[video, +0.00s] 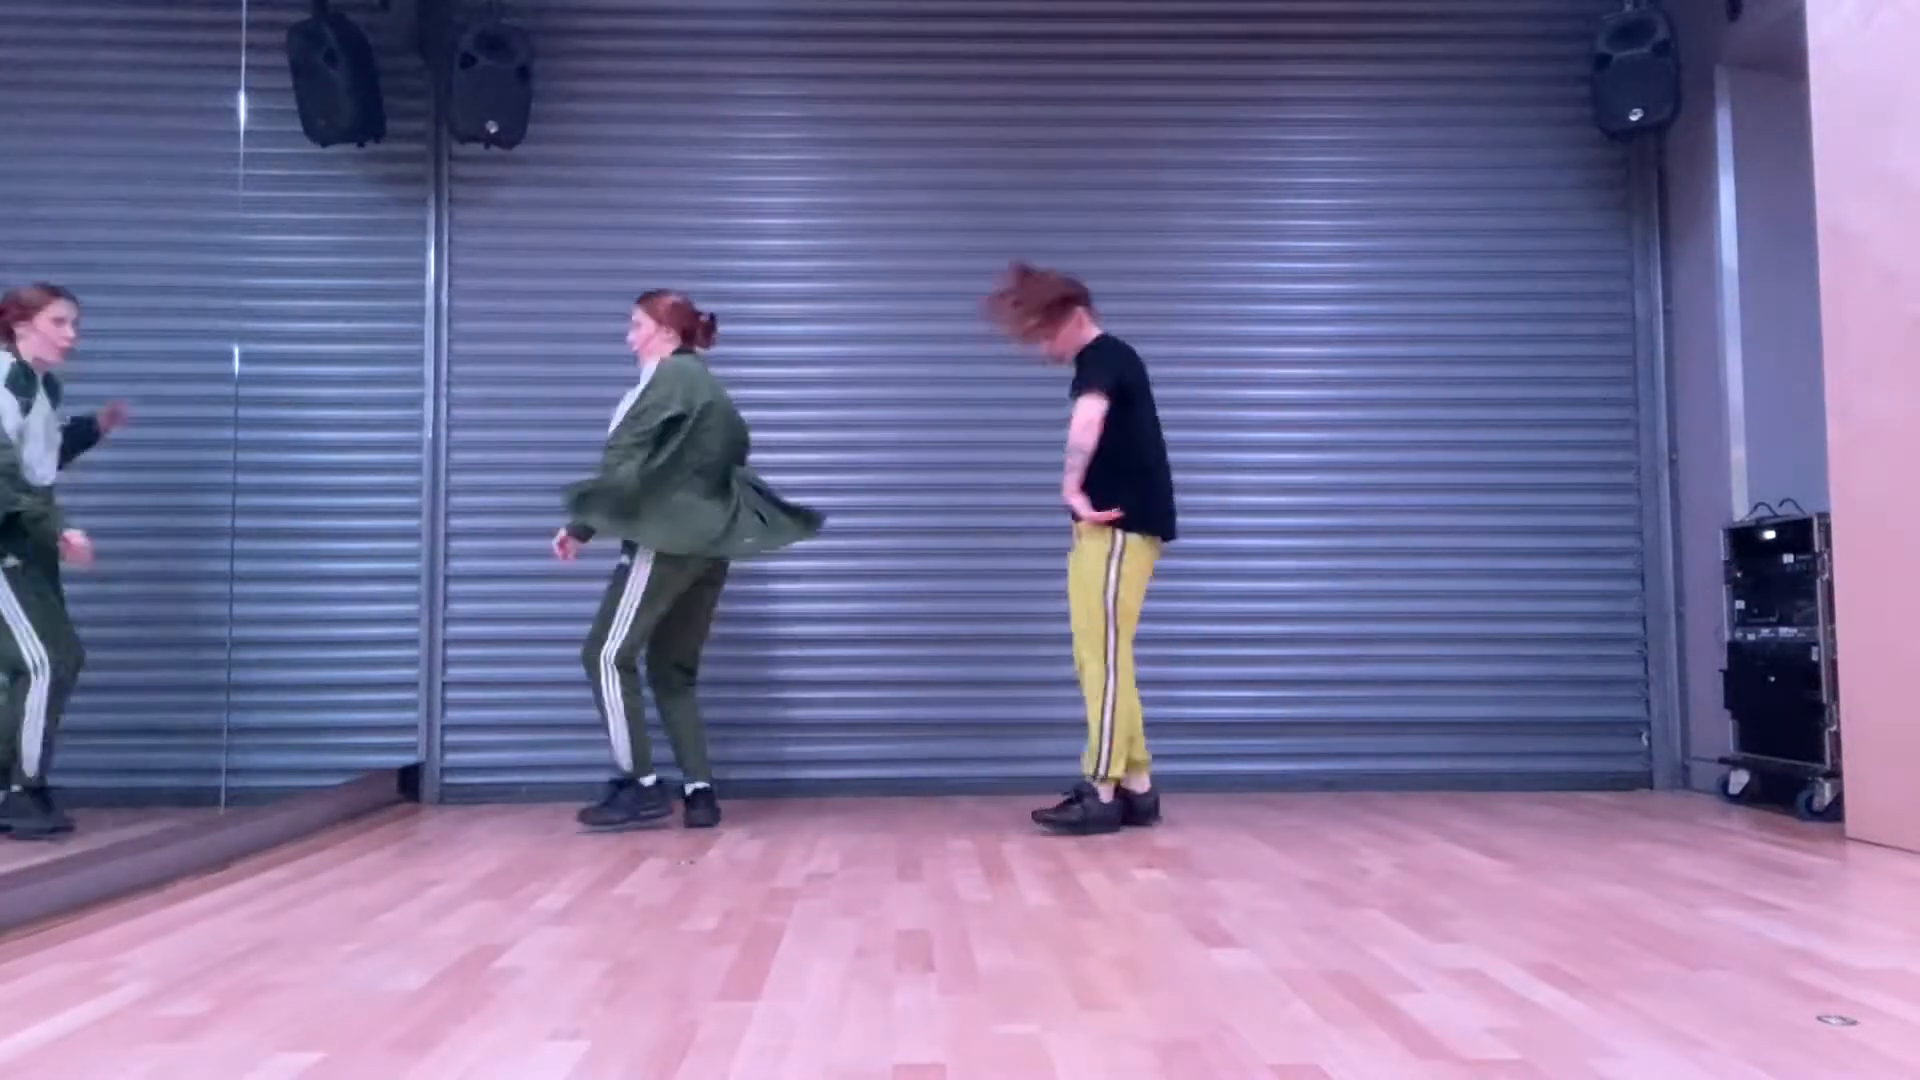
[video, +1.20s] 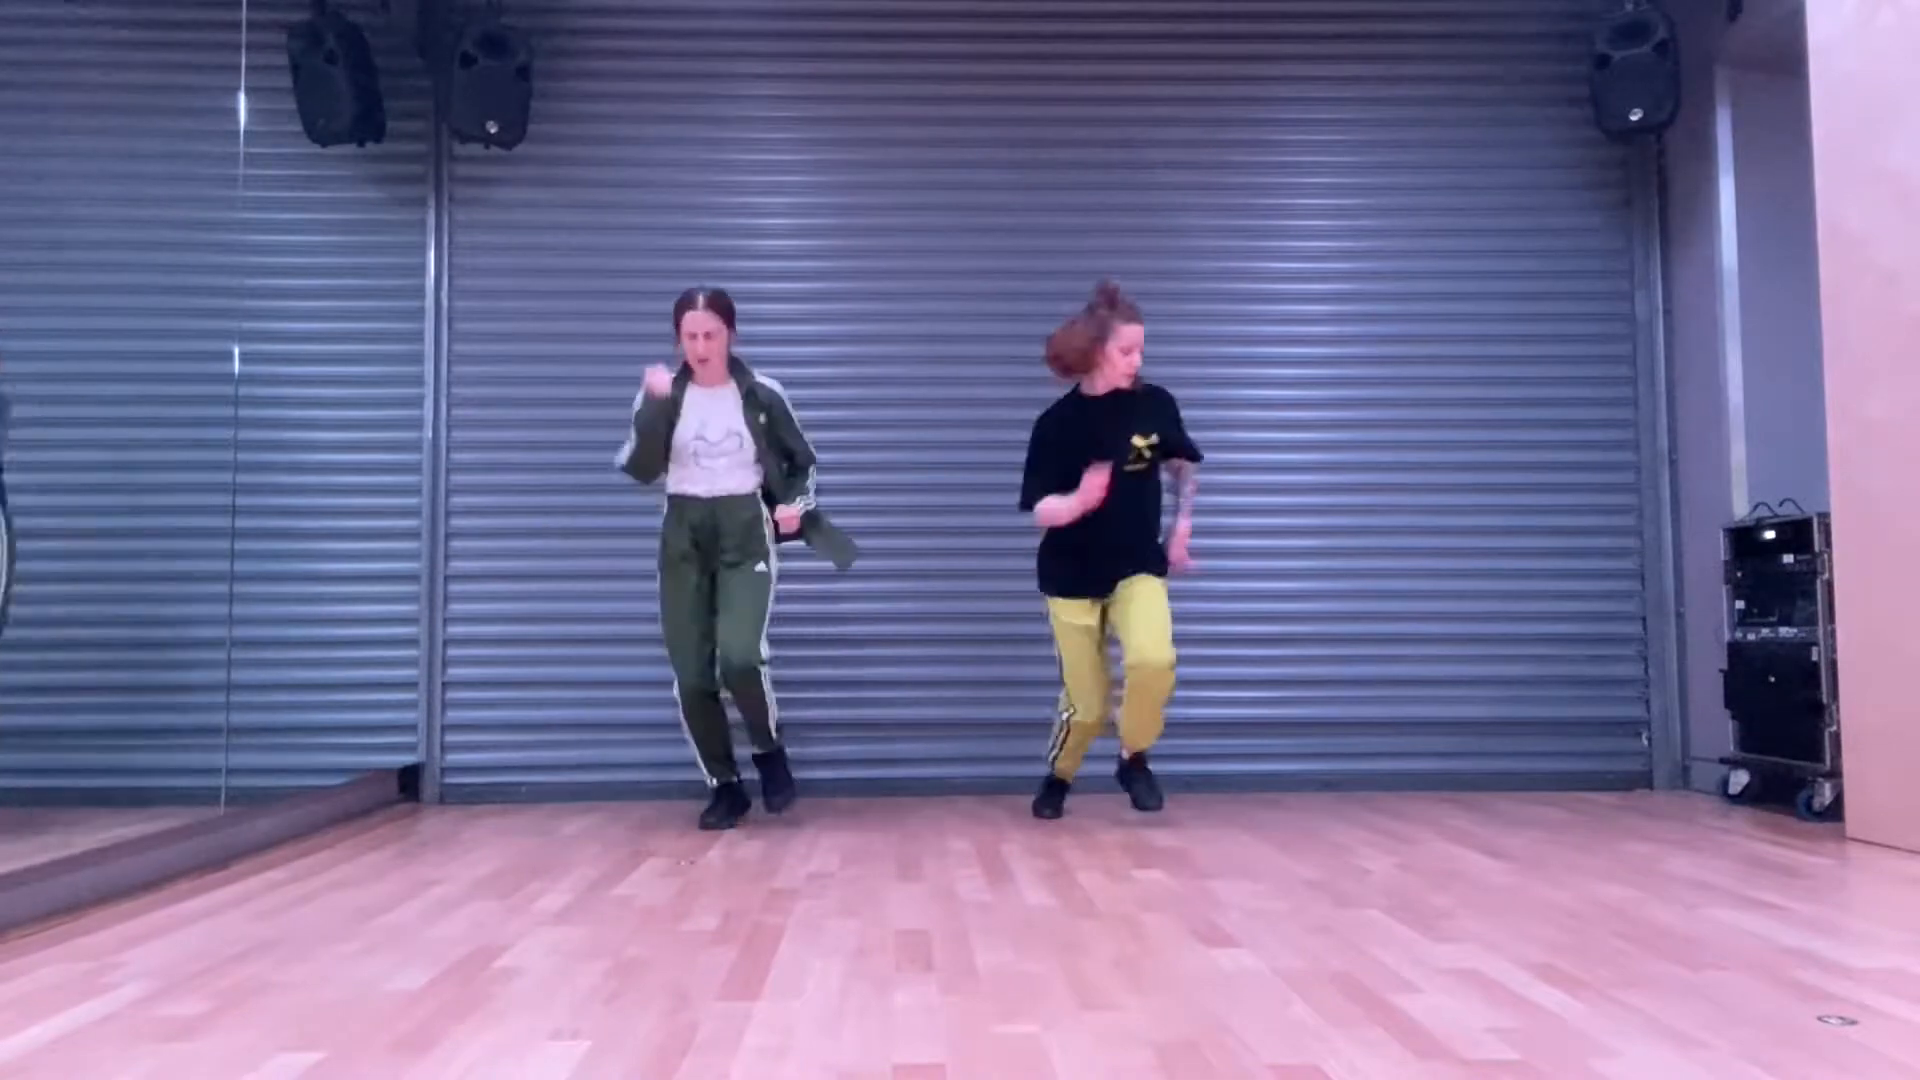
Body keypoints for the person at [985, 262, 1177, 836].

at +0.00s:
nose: (1044, 348)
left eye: (1044, 335)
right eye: (1038, 339)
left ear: (1071, 315)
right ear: (1073, 316)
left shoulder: (1102, 359)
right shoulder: (1105, 360)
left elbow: (1087, 425)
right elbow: (1108, 439)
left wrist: (1072, 490)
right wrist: (1088, 502)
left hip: (1115, 531)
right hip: (1119, 528)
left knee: (1100, 656)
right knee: (1107, 655)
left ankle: (1102, 792)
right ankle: (1135, 787)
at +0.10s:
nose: (1077, 305)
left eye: (1092, 299)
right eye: (1075, 292)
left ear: (1115, 310)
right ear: (1066, 295)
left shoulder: (1127, 356)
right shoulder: (1065, 373)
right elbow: (1079, 445)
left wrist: (1149, 481)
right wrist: (1053, 446)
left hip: (1129, 526)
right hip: (1072, 532)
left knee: (1118, 654)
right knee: (1094, 658)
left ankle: (1115, 785)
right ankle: (1134, 778)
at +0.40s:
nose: (1122, 321)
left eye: (1131, 312)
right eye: (1111, 311)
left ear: (1141, 319)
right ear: (1090, 315)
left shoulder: (1153, 382)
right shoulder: (1062, 367)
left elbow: (1199, 448)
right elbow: (1019, 387)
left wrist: (1178, 483)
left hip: (1131, 518)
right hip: (1067, 525)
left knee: (1125, 589)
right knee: (1086, 650)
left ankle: (1124, 736)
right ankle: (1112, 774)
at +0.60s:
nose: (1115, 360)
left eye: (1125, 351)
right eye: (1105, 350)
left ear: (1139, 357)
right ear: (1089, 356)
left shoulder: (1155, 416)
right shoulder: (1071, 398)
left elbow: (1216, 476)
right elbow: (1040, 411)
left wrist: (1180, 531)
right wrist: (1119, 399)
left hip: (1128, 550)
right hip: (1065, 559)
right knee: (1095, 676)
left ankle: (1137, 669)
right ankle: (1117, 785)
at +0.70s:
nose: (1110, 351)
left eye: (1120, 341)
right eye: (1100, 341)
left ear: (1133, 348)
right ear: (1084, 345)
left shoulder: (1154, 411)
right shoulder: (1058, 402)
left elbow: (1185, 489)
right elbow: (1031, 477)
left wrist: (1159, 528)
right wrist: (1082, 508)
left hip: (1133, 557)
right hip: (1069, 559)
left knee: (1153, 690)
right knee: (1093, 668)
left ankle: (1127, 740)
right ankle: (1115, 783)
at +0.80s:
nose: (1102, 353)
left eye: (1112, 343)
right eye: (1092, 344)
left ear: (1127, 349)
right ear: (1077, 350)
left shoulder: (1151, 411)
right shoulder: (1057, 415)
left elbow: (1161, 494)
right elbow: (1039, 496)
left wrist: (1114, 476)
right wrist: (1042, 558)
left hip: (1136, 565)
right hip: (1076, 565)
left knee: (1125, 670)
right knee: (1091, 664)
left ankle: (1120, 768)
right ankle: (1116, 775)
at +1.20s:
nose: (1138, 361)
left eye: (1140, 350)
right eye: (1128, 351)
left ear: (1138, 351)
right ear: (1094, 353)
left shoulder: (1154, 405)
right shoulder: (1055, 423)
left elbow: (1185, 470)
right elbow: (1039, 512)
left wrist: (1180, 533)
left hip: (1138, 567)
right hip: (1070, 576)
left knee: (1155, 661)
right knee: (1087, 708)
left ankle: (1135, 761)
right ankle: (1058, 779)